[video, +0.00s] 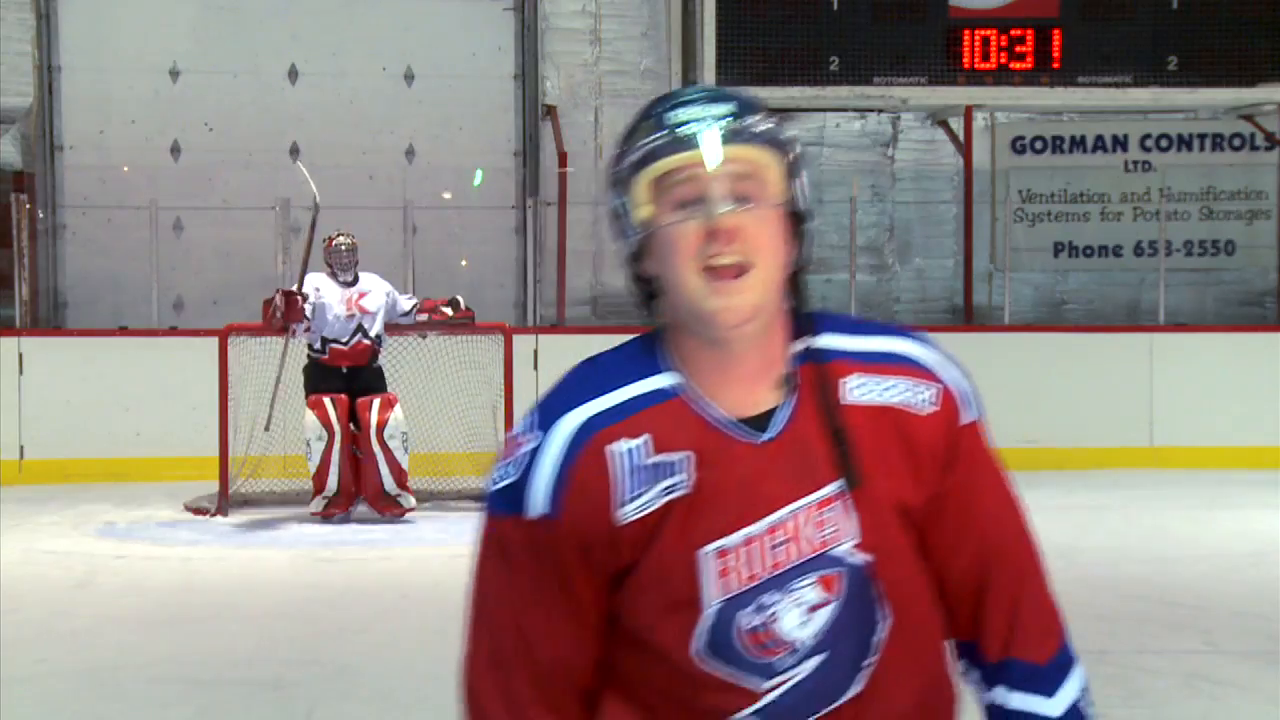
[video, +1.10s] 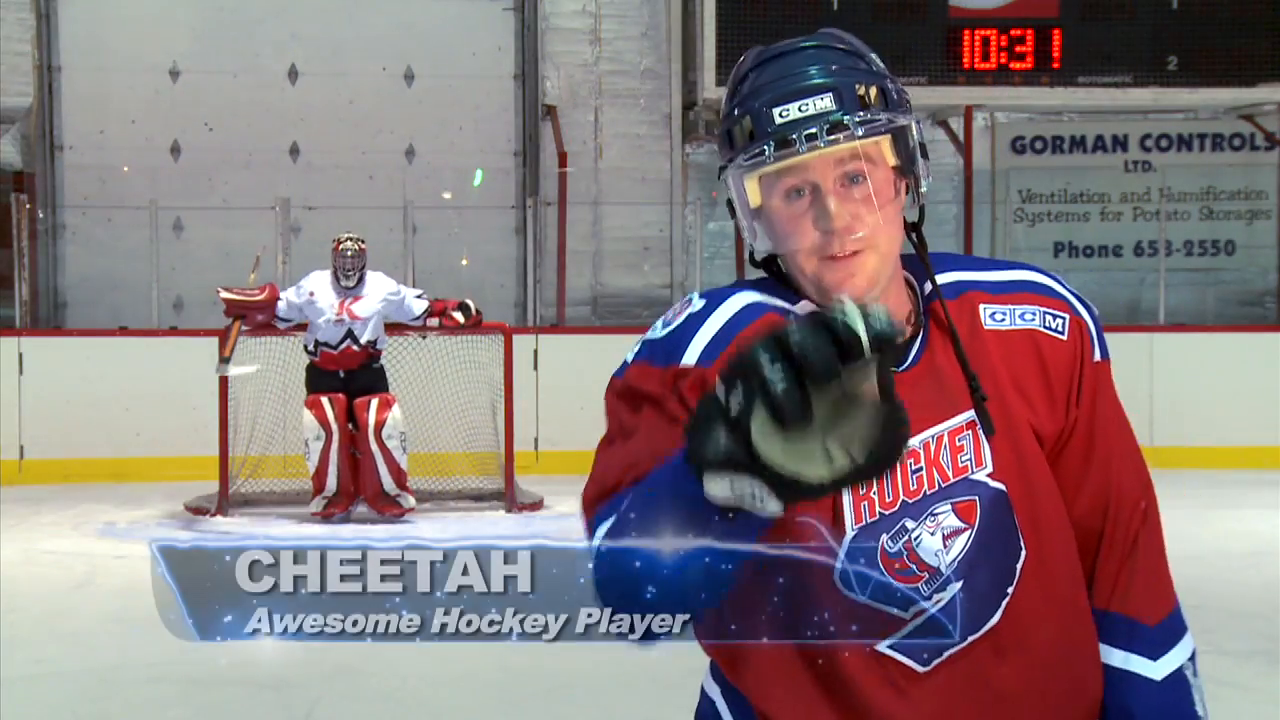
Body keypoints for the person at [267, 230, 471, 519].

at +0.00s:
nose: (344, 259)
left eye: (349, 253)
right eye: (338, 254)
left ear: (356, 254)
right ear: (328, 257)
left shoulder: (375, 284)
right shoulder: (315, 284)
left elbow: (404, 308)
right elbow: (301, 321)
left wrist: (442, 307)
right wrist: (291, 309)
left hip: (366, 372)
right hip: (325, 374)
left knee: (382, 429)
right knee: (330, 432)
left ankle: (388, 499)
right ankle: (332, 501)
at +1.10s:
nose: (349, 262)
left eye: (355, 256)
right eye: (343, 256)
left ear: (363, 259)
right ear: (334, 259)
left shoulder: (381, 287)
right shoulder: (314, 285)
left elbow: (419, 308)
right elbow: (280, 311)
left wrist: (452, 310)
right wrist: (247, 308)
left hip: (367, 372)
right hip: (324, 373)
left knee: (380, 430)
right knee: (328, 433)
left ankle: (385, 498)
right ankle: (334, 500)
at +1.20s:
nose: (348, 262)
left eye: (354, 257)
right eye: (343, 256)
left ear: (363, 259)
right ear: (334, 259)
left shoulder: (381, 287)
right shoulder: (314, 285)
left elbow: (418, 308)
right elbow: (280, 308)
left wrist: (451, 310)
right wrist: (245, 306)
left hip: (366, 372)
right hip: (324, 374)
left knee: (377, 431)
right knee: (326, 433)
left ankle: (386, 499)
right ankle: (334, 500)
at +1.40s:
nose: (344, 262)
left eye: (349, 256)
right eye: (338, 256)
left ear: (358, 260)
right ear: (329, 260)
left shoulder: (378, 287)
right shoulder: (311, 287)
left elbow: (418, 307)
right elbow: (278, 311)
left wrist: (453, 314)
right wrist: (243, 312)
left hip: (365, 373)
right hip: (322, 375)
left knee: (376, 433)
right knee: (326, 435)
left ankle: (388, 501)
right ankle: (334, 501)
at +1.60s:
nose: (339, 267)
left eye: (344, 261)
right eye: (333, 261)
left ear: (353, 261)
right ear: (323, 262)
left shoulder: (373, 286)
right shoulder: (306, 287)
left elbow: (403, 312)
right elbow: (276, 309)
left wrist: (426, 329)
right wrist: (242, 311)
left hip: (365, 373)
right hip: (323, 375)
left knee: (374, 433)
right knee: (326, 435)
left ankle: (387, 500)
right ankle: (334, 500)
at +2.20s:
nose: (332, 262)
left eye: (337, 256)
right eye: (326, 257)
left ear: (346, 258)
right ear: (317, 260)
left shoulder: (366, 288)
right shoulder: (303, 289)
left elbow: (383, 333)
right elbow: (277, 310)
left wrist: (376, 367)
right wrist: (241, 308)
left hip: (357, 373)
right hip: (319, 376)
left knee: (367, 436)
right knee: (323, 437)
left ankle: (390, 498)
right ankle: (334, 500)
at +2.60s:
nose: (335, 261)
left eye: (341, 255)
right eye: (330, 256)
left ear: (349, 258)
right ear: (320, 259)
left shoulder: (369, 289)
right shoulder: (306, 288)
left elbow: (384, 334)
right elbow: (281, 309)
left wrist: (376, 366)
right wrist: (247, 309)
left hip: (357, 372)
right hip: (320, 375)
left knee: (365, 436)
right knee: (324, 435)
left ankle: (392, 496)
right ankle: (333, 498)